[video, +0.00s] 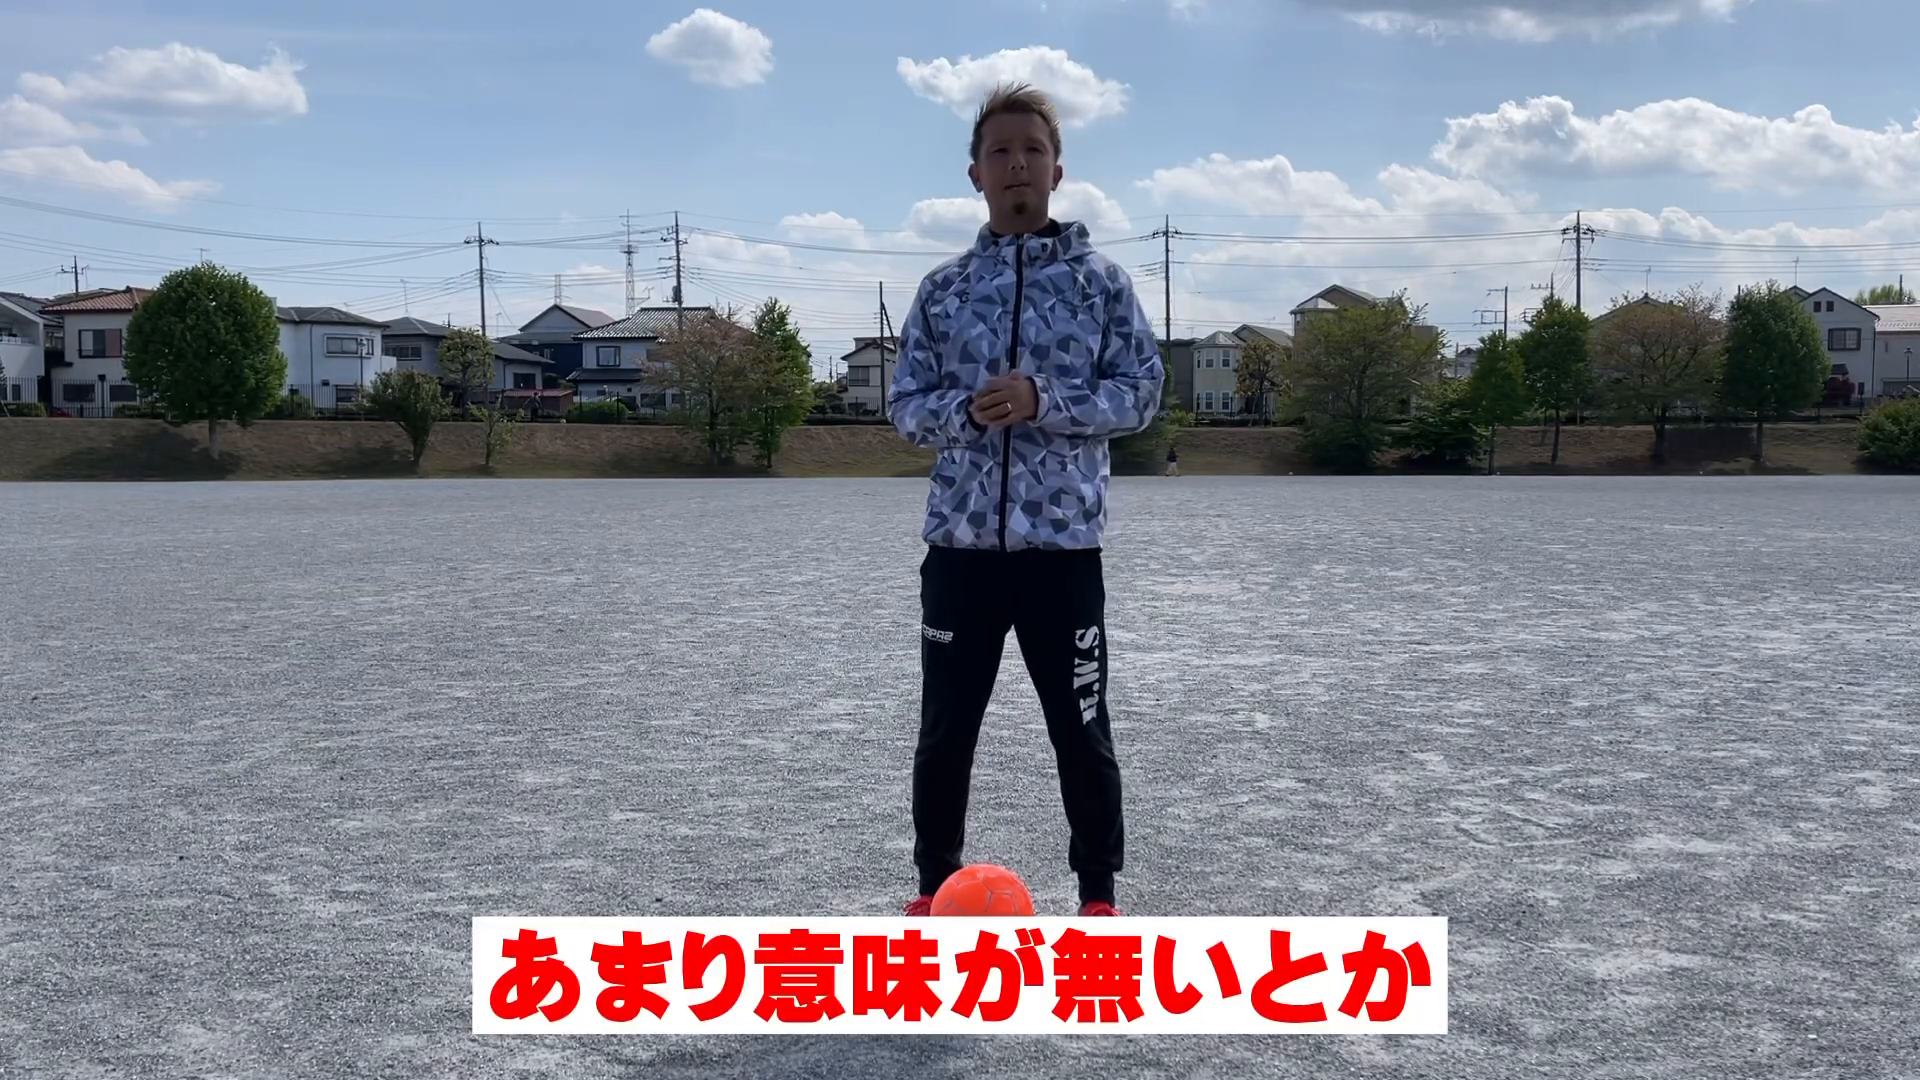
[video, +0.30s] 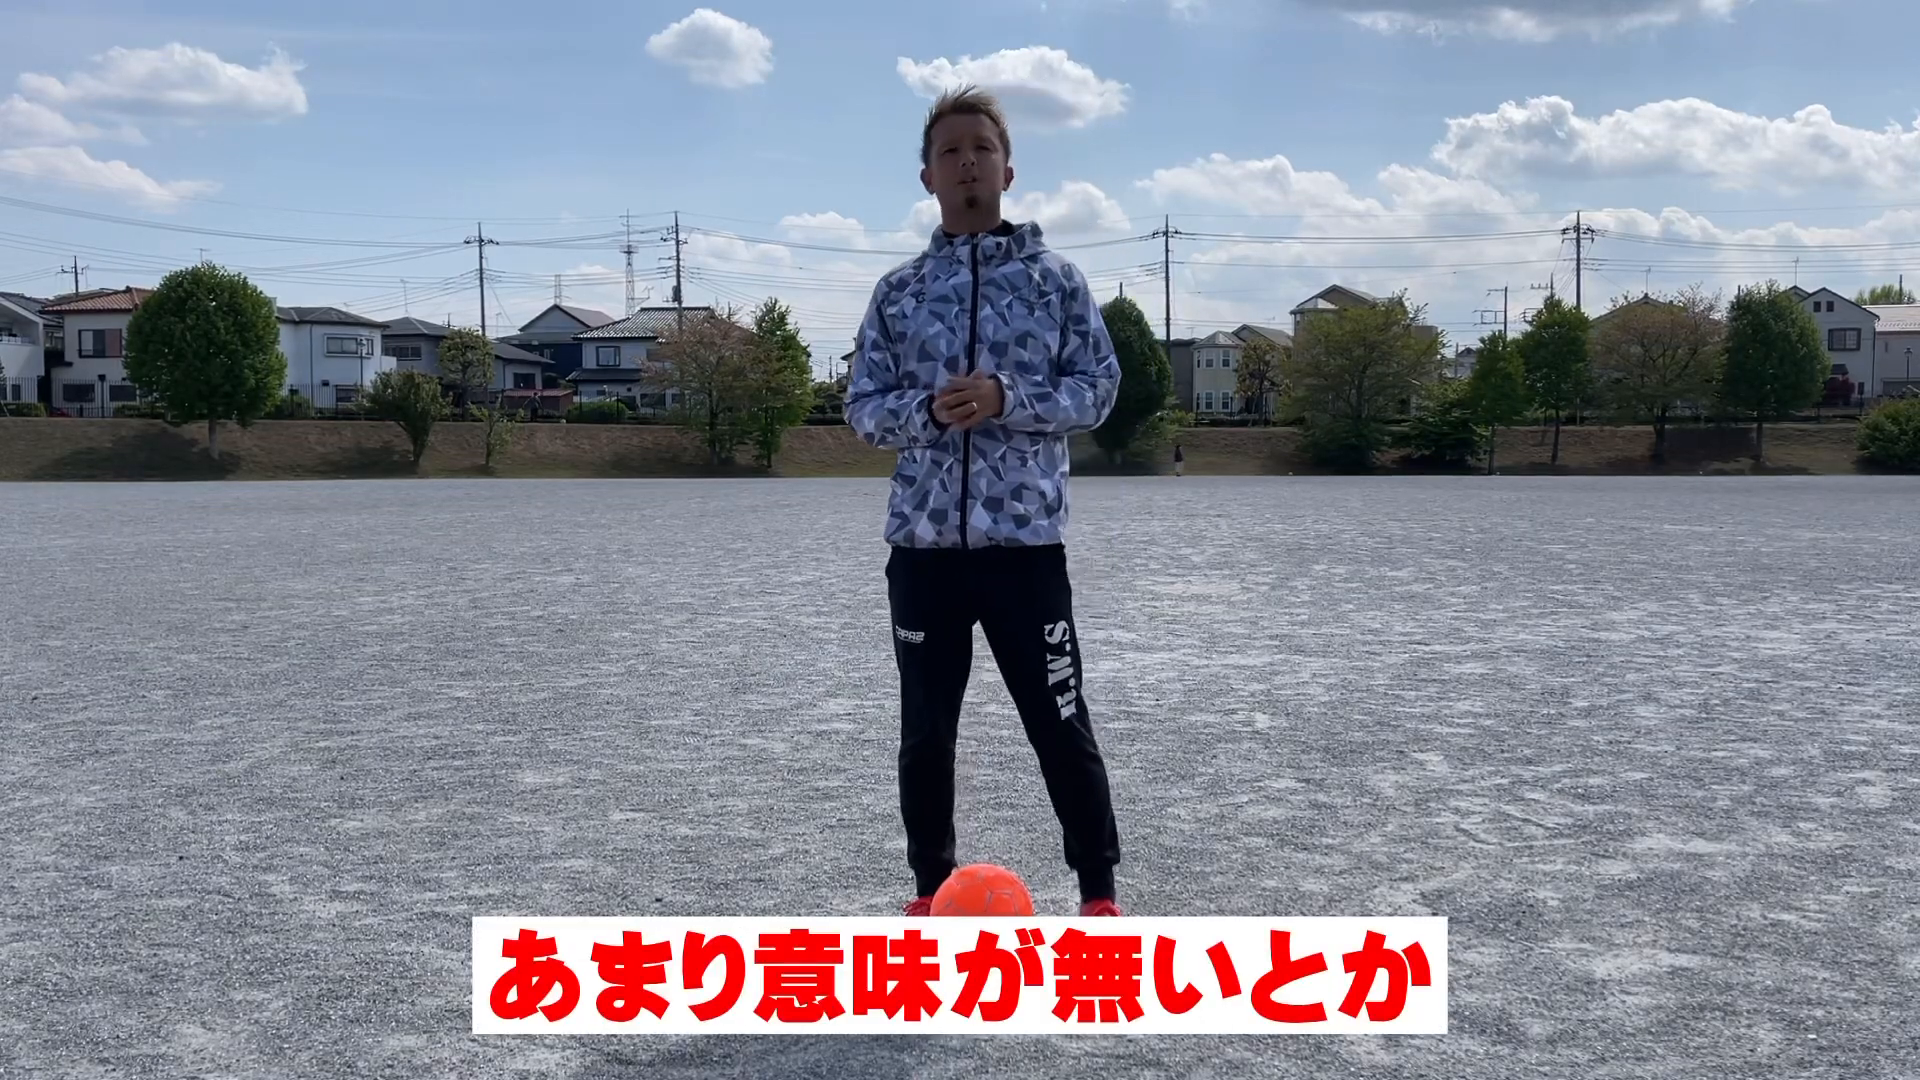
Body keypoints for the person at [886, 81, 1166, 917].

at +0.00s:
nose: (1016, 162)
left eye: (1033, 149)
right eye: (999, 150)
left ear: (1057, 167)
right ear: (977, 169)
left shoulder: (1099, 280)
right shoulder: (942, 288)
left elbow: (1140, 392)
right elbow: (907, 406)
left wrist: (1047, 400)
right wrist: (962, 409)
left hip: (1061, 540)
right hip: (960, 540)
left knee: (1080, 728)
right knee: (944, 732)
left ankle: (1097, 897)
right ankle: (935, 897)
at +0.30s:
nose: (967, 161)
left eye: (982, 147)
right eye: (949, 150)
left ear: (1007, 167)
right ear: (927, 173)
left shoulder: (1054, 279)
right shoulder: (897, 291)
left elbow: (1096, 390)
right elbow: (864, 407)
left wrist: (1009, 398)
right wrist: (923, 408)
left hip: (1022, 537)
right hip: (923, 540)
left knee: (1059, 723)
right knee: (925, 731)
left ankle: (1099, 895)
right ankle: (930, 895)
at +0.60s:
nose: (924, 172)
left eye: (936, 155)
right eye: (904, 160)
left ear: (957, 167)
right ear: (877, 181)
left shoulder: (1010, 272)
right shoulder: (857, 296)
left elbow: (1064, 370)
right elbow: (836, 422)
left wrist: (1004, 404)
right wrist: (925, 419)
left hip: (1012, 533)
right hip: (912, 540)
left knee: (1059, 705)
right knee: (915, 726)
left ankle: (1096, 884)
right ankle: (927, 892)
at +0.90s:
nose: (900, 179)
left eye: (912, 161)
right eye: (881, 167)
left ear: (937, 166)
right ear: (858, 185)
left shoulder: (1000, 267)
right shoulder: (847, 301)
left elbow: (1057, 369)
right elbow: (827, 426)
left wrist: (987, 403)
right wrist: (906, 427)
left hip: (1013, 532)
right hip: (911, 545)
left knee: (1075, 702)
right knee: (917, 726)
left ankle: (1133, 875)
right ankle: (929, 889)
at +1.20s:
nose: (929, 175)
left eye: (941, 158)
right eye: (909, 165)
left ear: (965, 166)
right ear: (885, 184)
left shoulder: (1024, 271)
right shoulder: (869, 297)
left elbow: (1078, 377)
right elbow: (846, 420)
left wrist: (1002, 416)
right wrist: (915, 427)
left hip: (1020, 534)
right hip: (922, 543)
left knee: (1063, 716)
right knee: (924, 729)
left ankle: (1104, 893)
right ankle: (929, 893)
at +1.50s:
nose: (1019, 163)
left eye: (1034, 149)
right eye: (1000, 149)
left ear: (1052, 168)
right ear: (972, 166)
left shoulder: (1090, 283)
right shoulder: (930, 286)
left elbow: (1130, 399)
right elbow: (892, 399)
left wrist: (1091, 361)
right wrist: (928, 388)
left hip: (1056, 536)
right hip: (956, 537)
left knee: (1075, 729)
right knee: (941, 729)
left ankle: (1088, 898)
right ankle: (934, 893)